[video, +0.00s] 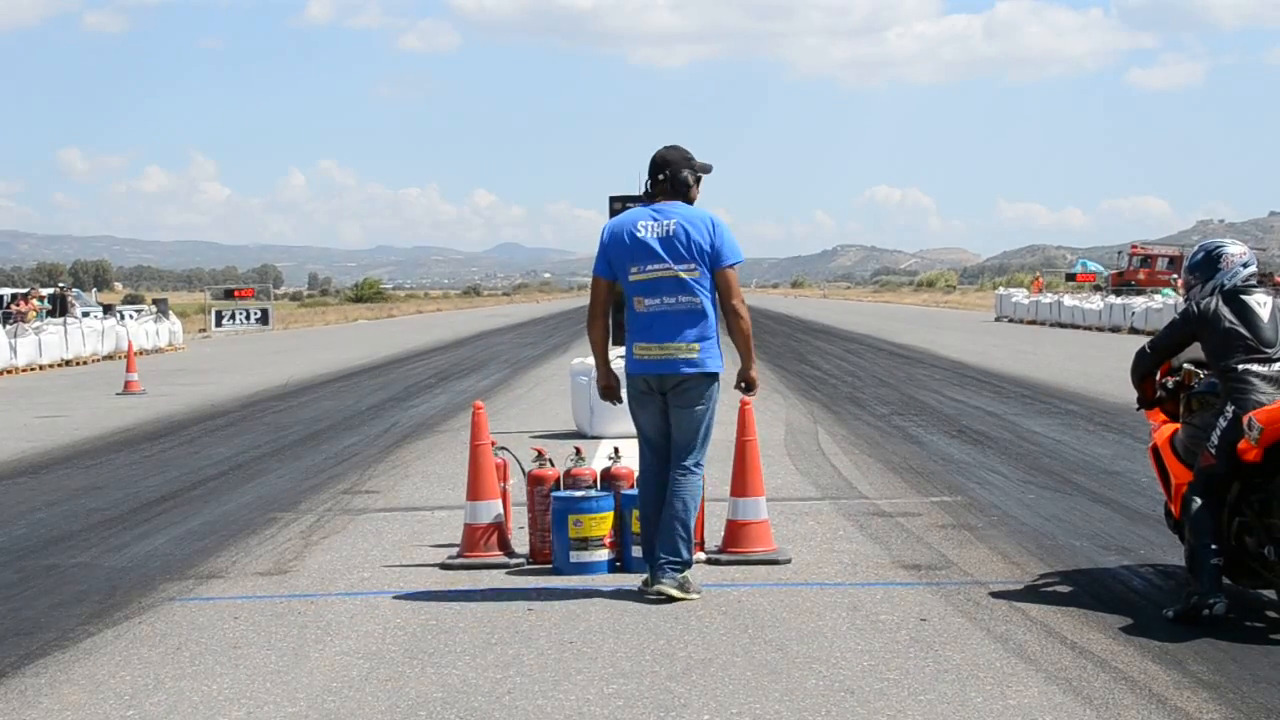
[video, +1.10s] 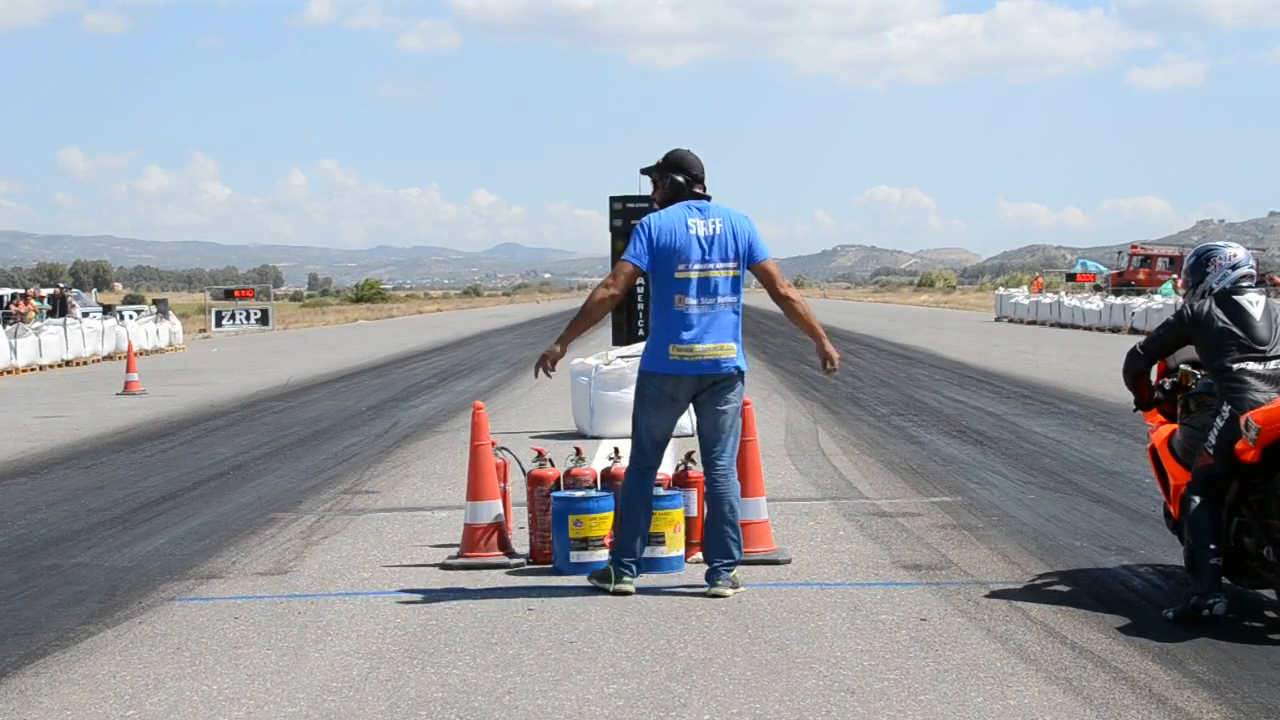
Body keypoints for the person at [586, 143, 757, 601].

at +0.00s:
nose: (699, 190)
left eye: (699, 182)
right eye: (698, 183)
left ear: (652, 182)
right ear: (689, 184)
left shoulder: (618, 229)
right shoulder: (707, 226)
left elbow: (598, 309)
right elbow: (733, 304)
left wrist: (603, 368)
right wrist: (748, 363)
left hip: (641, 366)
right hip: (694, 365)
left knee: (653, 463)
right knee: (687, 464)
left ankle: (656, 567)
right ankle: (669, 571)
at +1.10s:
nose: (652, 192)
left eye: (655, 184)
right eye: (653, 184)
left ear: (669, 185)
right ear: (700, 186)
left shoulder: (654, 226)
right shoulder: (739, 224)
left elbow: (611, 291)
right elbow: (781, 289)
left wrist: (562, 342)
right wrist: (822, 339)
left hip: (667, 364)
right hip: (725, 362)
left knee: (643, 465)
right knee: (721, 467)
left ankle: (623, 568)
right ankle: (723, 572)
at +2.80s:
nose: (573, 194)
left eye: (575, 186)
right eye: (572, 186)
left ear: (589, 184)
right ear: (620, 184)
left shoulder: (574, 229)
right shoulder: (660, 222)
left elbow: (516, 272)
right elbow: (711, 282)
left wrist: (467, 301)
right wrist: (752, 320)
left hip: (600, 364)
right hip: (657, 362)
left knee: (607, 468)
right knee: (659, 462)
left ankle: (616, 571)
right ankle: (668, 568)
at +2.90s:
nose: (570, 194)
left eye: (572, 186)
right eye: (570, 187)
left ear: (588, 185)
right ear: (619, 184)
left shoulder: (573, 229)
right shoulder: (659, 222)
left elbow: (520, 280)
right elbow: (705, 285)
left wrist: (481, 313)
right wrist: (740, 332)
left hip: (598, 365)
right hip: (655, 362)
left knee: (606, 468)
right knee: (659, 462)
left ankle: (616, 572)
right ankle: (668, 568)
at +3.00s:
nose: (568, 196)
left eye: (570, 188)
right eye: (568, 188)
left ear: (585, 186)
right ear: (616, 185)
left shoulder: (571, 230)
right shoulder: (659, 223)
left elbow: (523, 291)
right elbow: (698, 292)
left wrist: (497, 336)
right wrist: (723, 344)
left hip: (596, 366)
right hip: (653, 362)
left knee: (605, 468)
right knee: (658, 462)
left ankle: (616, 572)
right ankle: (667, 568)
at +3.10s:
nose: (566, 198)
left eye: (568, 190)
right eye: (566, 190)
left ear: (585, 187)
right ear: (611, 186)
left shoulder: (568, 230)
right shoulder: (654, 222)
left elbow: (530, 299)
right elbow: (688, 295)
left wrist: (515, 357)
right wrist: (706, 353)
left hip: (595, 366)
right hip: (652, 362)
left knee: (605, 469)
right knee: (659, 462)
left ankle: (616, 571)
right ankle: (667, 567)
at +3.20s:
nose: (565, 197)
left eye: (566, 190)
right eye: (564, 190)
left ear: (578, 188)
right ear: (612, 185)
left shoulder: (563, 231)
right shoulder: (650, 221)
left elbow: (536, 310)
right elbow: (681, 297)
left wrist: (530, 372)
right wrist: (693, 358)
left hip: (592, 366)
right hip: (649, 362)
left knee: (604, 470)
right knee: (659, 461)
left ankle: (616, 572)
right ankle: (667, 568)